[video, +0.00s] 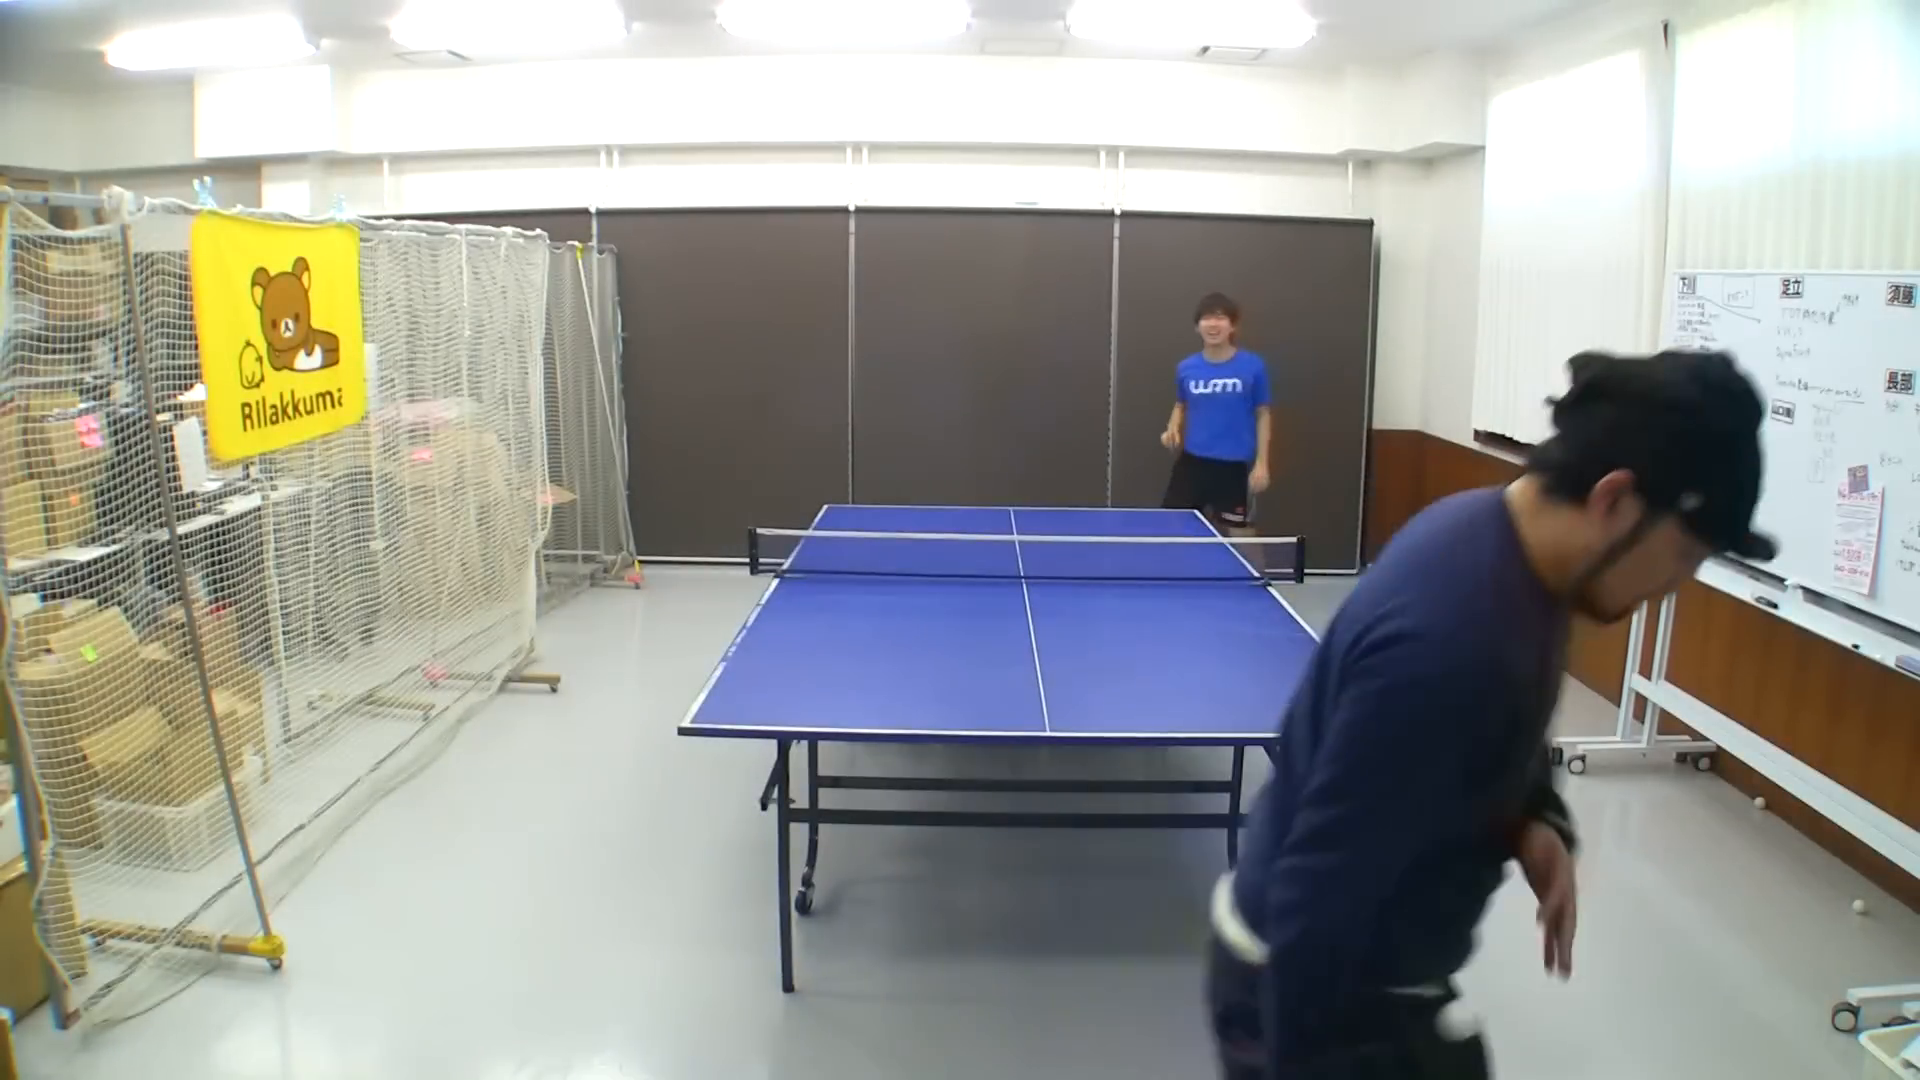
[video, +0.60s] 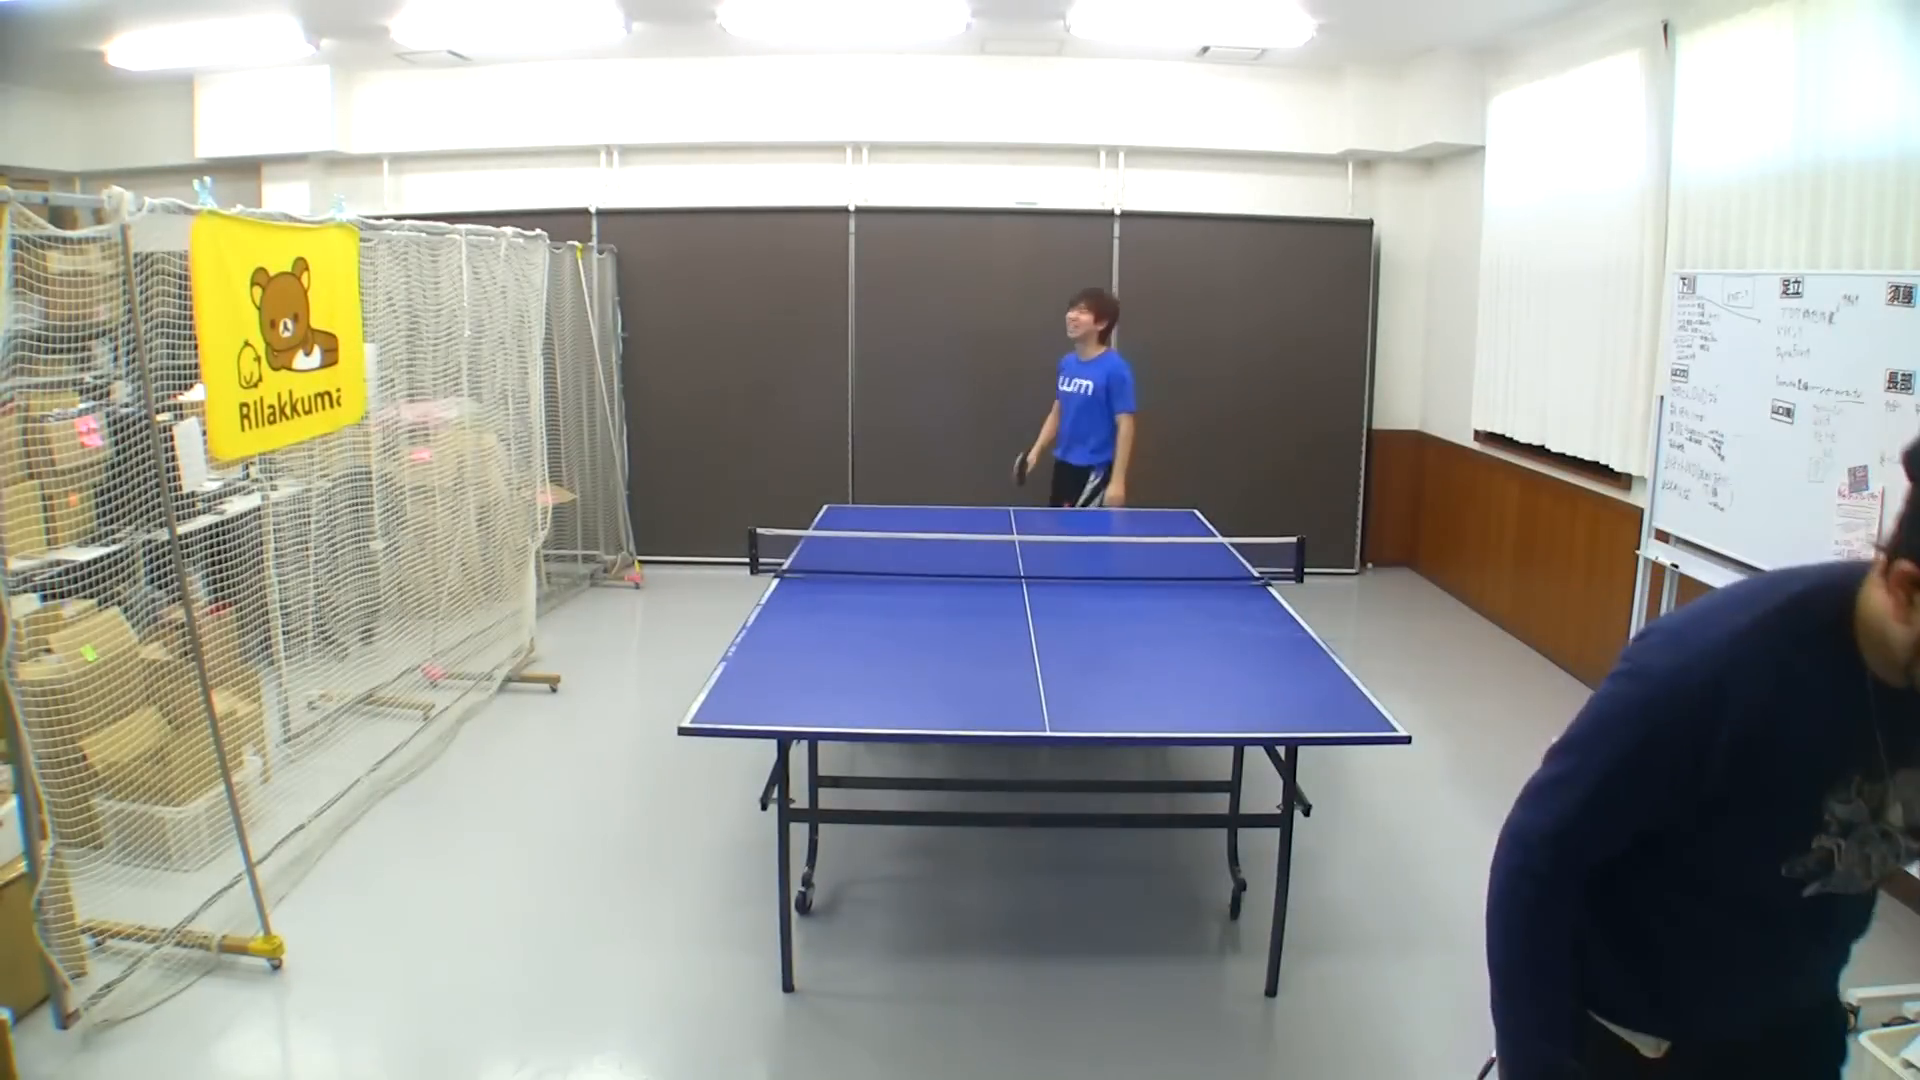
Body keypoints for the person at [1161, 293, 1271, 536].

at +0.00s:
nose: (1212, 324)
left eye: (1220, 317)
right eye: (1206, 318)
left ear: (1233, 325)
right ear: (1197, 325)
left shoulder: (1252, 366)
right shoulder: (1186, 368)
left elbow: (1263, 413)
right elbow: (1180, 403)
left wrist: (1261, 463)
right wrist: (1173, 427)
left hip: (1233, 466)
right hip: (1192, 462)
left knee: (1236, 538)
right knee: (1172, 526)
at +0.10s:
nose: (1179, 320)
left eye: (1187, 313)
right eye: (1173, 313)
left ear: (1200, 322)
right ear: (1165, 321)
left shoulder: (1222, 363)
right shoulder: (1159, 366)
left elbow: (1235, 412)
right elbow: (1155, 404)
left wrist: (1241, 464)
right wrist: (1147, 426)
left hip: (1202, 465)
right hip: (1164, 462)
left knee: (1199, 537)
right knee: (1149, 529)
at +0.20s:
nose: (1148, 312)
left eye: (1156, 305)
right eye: (1144, 306)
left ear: (1174, 314)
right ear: (1137, 315)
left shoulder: (1199, 357)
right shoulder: (1138, 361)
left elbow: (1215, 405)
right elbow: (1130, 397)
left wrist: (1224, 458)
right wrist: (1124, 413)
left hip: (1181, 456)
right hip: (1145, 454)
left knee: (1170, 526)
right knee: (1133, 524)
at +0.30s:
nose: (1125, 309)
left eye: (1133, 302)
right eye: (1123, 303)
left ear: (1153, 311)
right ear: (1119, 310)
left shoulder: (1177, 354)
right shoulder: (1118, 356)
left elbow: (1198, 402)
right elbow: (1107, 391)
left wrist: (1205, 455)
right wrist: (1100, 405)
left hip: (1162, 454)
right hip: (1127, 452)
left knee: (1146, 526)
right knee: (1120, 524)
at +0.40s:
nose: (1105, 310)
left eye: (1115, 305)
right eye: (1104, 304)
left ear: (1134, 315)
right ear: (1099, 311)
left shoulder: (1155, 359)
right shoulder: (1099, 360)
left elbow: (1177, 406)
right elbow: (1085, 398)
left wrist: (1180, 461)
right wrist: (1076, 413)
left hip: (1142, 459)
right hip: (1108, 456)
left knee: (1126, 528)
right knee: (1106, 527)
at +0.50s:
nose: (1087, 315)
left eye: (1097, 309)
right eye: (1087, 308)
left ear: (1117, 320)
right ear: (1083, 314)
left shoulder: (1136, 366)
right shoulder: (1083, 363)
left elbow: (1153, 417)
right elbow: (1069, 402)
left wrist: (1150, 473)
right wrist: (1053, 429)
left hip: (1119, 463)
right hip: (1086, 460)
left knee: (1102, 531)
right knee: (1085, 529)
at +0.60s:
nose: (1072, 316)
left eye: (1083, 311)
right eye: (1071, 309)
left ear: (1102, 323)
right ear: (1066, 314)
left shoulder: (1115, 368)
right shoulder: (1066, 363)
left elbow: (1126, 424)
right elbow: (1057, 412)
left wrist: (1118, 480)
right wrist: (1035, 451)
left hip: (1095, 467)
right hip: (1063, 462)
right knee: (1056, 530)